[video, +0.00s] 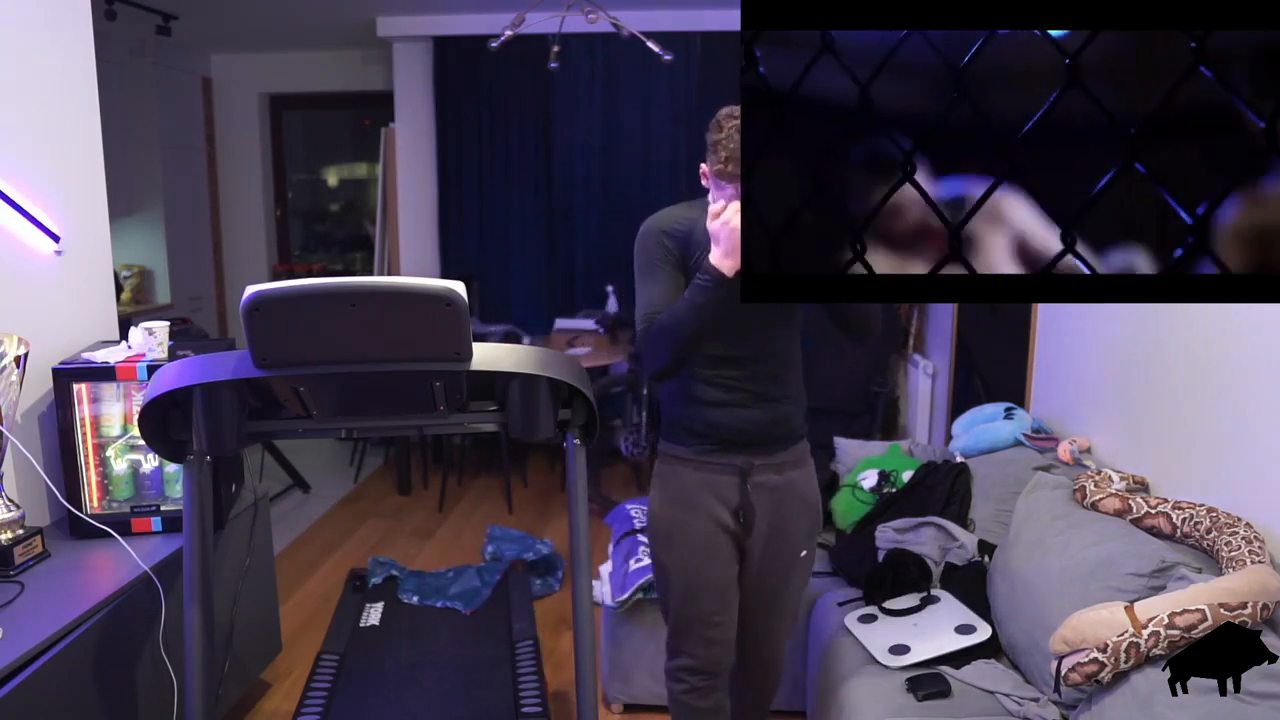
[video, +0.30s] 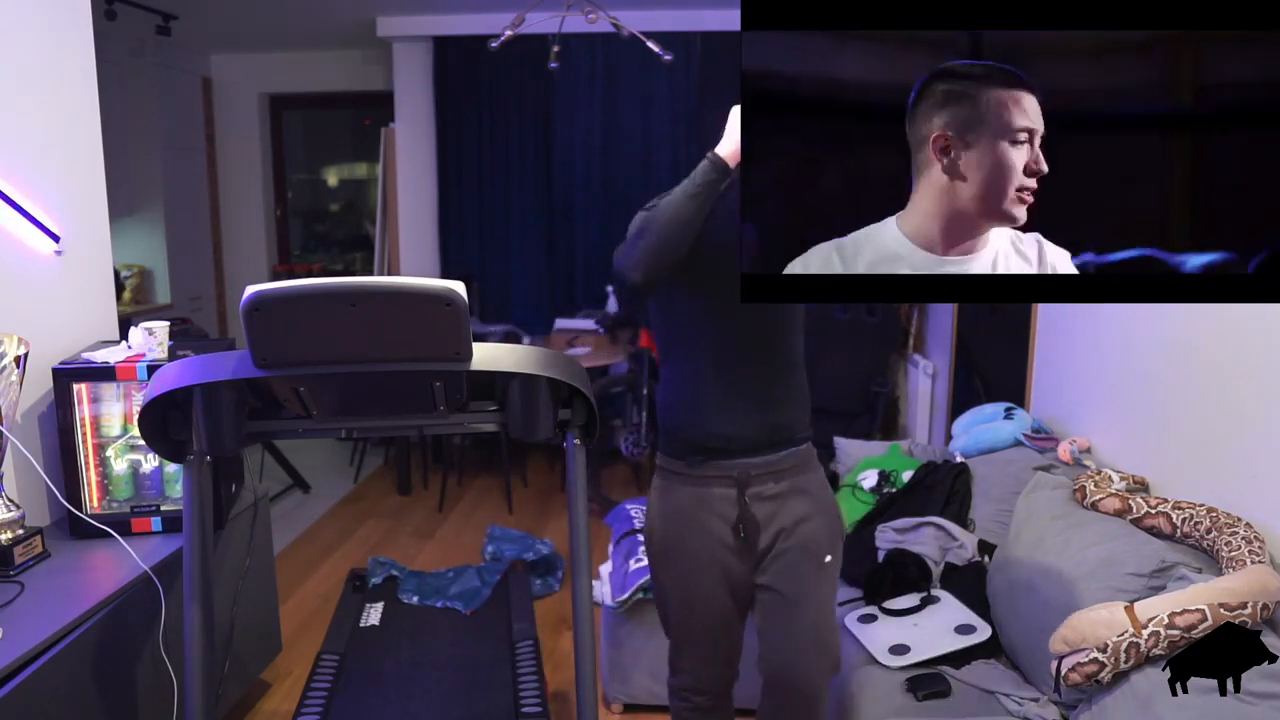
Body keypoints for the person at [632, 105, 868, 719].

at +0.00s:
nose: (736, 197)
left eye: (751, 182)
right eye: (725, 180)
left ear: (777, 180)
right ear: (706, 174)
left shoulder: (792, 230)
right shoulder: (667, 233)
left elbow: (865, 326)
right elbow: (654, 356)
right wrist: (720, 265)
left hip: (788, 477)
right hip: (693, 477)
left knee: (765, 669)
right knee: (701, 666)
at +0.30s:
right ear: (730, 141)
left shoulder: (794, 210)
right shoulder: (669, 212)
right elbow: (634, 270)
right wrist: (722, 161)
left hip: (794, 480)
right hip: (691, 490)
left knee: (805, 680)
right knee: (701, 689)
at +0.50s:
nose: (774, 133)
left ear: (810, 132)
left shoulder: (820, 210)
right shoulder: (681, 212)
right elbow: (617, 164)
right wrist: (728, 114)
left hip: (803, 504)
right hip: (693, 508)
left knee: (792, 704)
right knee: (697, 702)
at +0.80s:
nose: (759, 152)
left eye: (780, 138)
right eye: (751, 139)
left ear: (820, 163)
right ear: (734, 152)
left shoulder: (845, 246)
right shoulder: (702, 223)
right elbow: (691, 89)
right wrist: (789, 93)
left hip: (828, 532)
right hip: (707, 532)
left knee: (814, 711)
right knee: (716, 709)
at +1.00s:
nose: (833, 179)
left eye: (839, 166)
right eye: (817, 162)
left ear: (846, 169)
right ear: (771, 155)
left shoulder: (843, 230)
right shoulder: (703, 215)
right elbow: (727, 68)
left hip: (836, 533)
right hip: (717, 534)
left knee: (820, 714)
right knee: (733, 712)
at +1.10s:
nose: (864, 183)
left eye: (869, 169)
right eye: (854, 165)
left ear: (867, 169)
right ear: (809, 155)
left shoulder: (842, 233)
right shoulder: (701, 215)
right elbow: (735, 50)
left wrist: (866, 222)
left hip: (838, 544)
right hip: (721, 551)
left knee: (823, 714)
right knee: (730, 712)